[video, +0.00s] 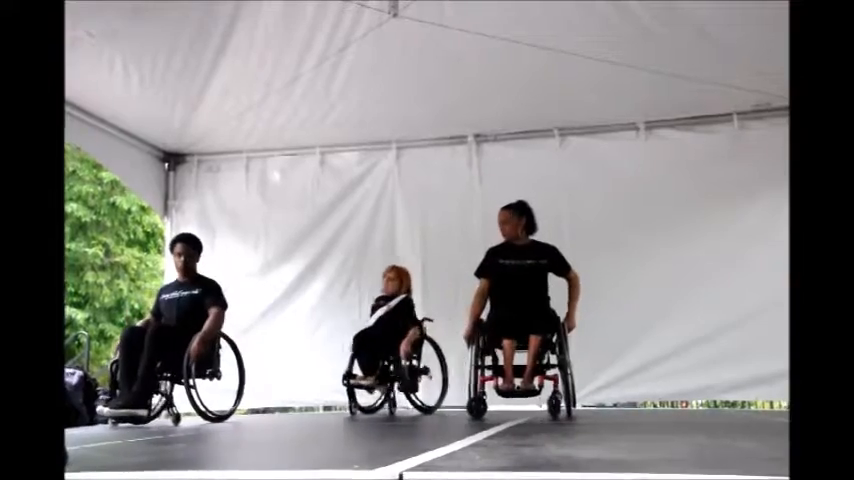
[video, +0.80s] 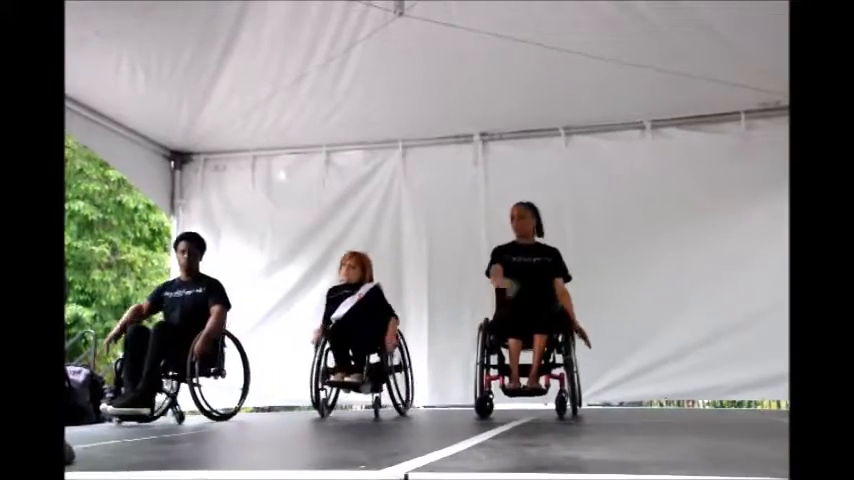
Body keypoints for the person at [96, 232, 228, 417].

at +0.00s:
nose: (183, 260)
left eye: (189, 255)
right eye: (179, 255)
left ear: (198, 257)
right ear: (173, 258)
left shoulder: (208, 286)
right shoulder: (165, 291)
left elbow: (217, 315)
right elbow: (153, 319)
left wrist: (201, 340)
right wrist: (130, 337)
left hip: (194, 350)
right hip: (167, 348)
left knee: (156, 333)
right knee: (131, 333)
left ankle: (140, 400)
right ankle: (125, 398)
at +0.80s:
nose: (187, 257)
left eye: (192, 252)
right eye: (182, 252)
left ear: (201, 255)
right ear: (176, 255)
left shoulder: (211, 286)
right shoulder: (167, 288)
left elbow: (218, 315)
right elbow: (142, 310)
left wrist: (204, 340)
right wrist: (121, 326)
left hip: (200, 350)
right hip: (172, 349)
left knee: (161, 330)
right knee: (136, 332)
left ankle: (145, 397)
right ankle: (131, 396)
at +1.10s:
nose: (180, 254)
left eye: (184, 249)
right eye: (176, 250)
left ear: (195, 252)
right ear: (171, 254)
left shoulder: (209, 283)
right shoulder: (165, 285)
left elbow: (221, 311)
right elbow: (140, 299)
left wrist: (206, 337)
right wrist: (155, 267)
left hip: (200, 350)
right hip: (171, 347)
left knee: (164, 328)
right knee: (138, 329)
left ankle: (147, 394)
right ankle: (132, 394)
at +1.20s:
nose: (181, 254)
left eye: (185, 249)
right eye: (176, 250)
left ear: (196, 251)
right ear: (171, 254)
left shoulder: (211, 283)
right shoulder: (165, 285)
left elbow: (226, 312)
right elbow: (141, 305)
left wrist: (212, 335)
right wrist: (147, 267)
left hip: (202, 350)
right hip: (173, 348)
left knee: (167, 326)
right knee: (140, 328)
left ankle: (149, 393)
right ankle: (134, 393)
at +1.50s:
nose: (185, 256)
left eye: (190, 250)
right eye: (180, 251)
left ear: (200, 253)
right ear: (175, 255)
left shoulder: (214, 285)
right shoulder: (167, 287)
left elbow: (229, 314)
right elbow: (153, 313)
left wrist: (219, 292)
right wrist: (128, 322)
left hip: (205, 350)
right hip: (174, 348)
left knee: (169, 327)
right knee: (141, 329)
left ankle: (151, 397)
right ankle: (136, 397)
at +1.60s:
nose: (187, 256)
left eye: (192, 251)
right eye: (182, 252)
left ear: (202, 254)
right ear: (177, 255)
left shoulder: (215, 285)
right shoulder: (168, 287)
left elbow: (225, 311)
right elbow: (153, 315)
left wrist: (209, 281)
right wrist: (129, 334)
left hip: (205, 349)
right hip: (174, 347)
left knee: (169, 328)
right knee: (138, 332)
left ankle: (150, 397)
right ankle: (135, 397)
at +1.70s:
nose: (188, 258)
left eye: (193, 252)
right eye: (184, 253)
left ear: (203, 255)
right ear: (178, 257)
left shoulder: (214, 286)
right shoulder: (169, 289)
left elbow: (218, 309)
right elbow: (156, 317)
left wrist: (190, 281)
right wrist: (130, 337)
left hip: (205, 351)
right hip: (175, 350)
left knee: (167, 331)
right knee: (138, 332)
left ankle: (149, 399)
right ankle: (134, 398)